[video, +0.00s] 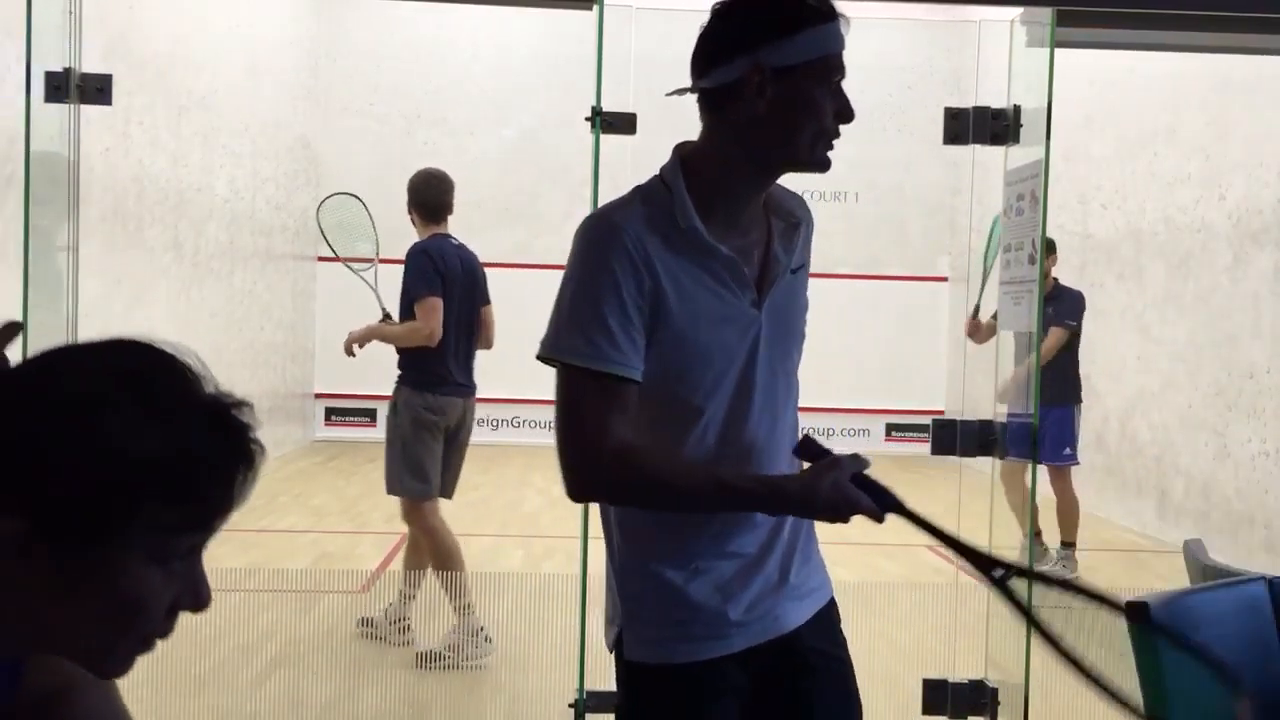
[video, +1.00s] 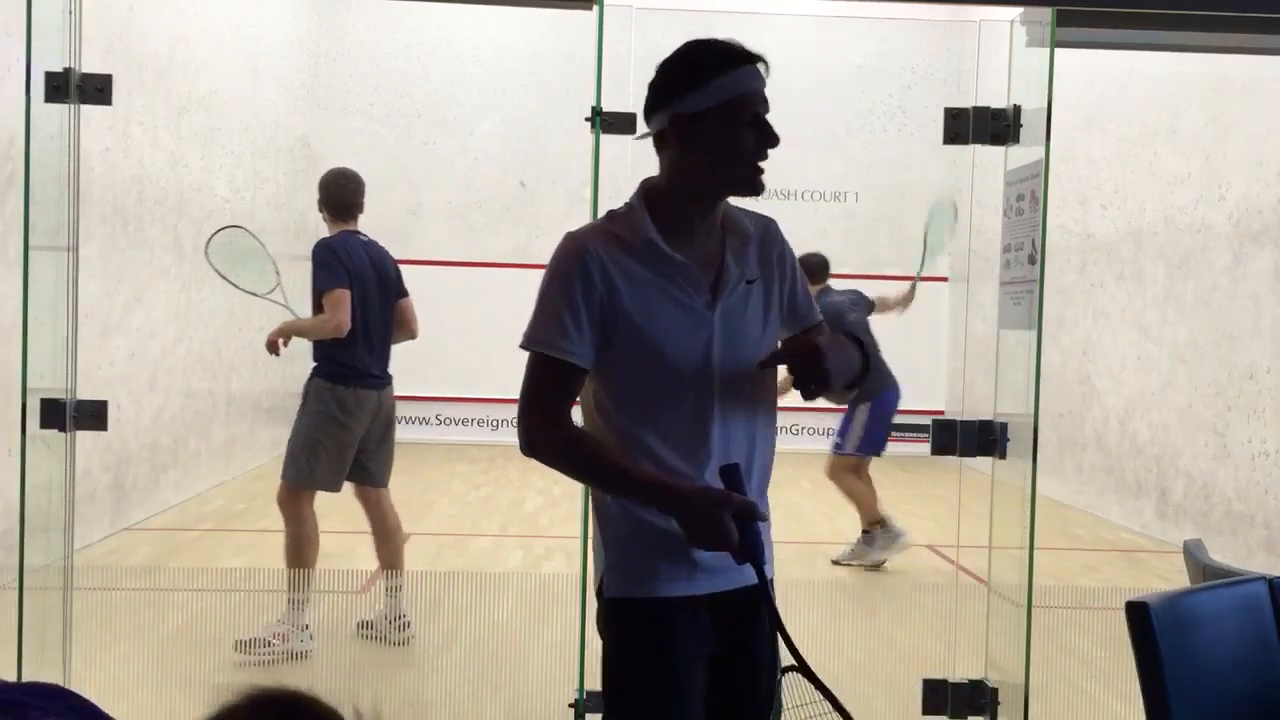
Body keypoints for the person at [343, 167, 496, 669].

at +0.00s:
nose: (409, 214)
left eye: (407, 207)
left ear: (411, 210)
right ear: (452, 207)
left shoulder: (423, 255)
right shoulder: (470, 260)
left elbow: (425, 330)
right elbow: (485, 337)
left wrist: (372, 332)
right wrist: (422, 330)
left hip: (421, 399)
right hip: (461, 401)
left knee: (422, 508)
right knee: (422, 508)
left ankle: (470, 626)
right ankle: (400, 615)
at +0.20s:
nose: (397, 214)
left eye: (396, 206)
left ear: (399, 209)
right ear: (438, 210)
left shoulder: (409, 252)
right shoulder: (452, 259)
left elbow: (409, 327)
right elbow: (462, 338)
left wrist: (360, 325)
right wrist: (392, 323)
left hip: (402, 398)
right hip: (444, 401)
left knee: (348, 498)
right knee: (415, 498)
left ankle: (423, 592)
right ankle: (403, 610)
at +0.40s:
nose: (386, 212)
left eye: (384, 204)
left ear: (386, 207)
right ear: (425, 207)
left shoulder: (391, 248)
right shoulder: (442, 258)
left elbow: (390, 320)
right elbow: (448, 331)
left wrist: (346, 322)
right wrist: (376, 316)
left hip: (388, 393)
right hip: (432, 395)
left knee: (344, 492)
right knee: (410, 495)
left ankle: (358, 615)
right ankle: (401, 616)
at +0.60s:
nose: (372, 212)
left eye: (370, 205)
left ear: (371, 207)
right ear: (410, 209)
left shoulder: (373, 246)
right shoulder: (428, 258)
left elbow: (372, 316)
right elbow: (439, 333)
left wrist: (332, 321)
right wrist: (388, 320)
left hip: (376, 393)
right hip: (422, 394)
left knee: (336, 491)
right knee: (404, 493)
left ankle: (341, 612)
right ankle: (401, 614)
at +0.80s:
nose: (351, 214)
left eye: (347, 206)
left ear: (349, 208)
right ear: (389, 208)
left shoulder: (355, 248)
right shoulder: (411, 257)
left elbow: (356, 320)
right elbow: (431, 330)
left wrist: (313, 325)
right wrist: (380, 328)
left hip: (359, 393)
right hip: (405, 396)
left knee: (311, 490)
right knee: (395, 494)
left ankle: (314, 616)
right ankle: (399, 617)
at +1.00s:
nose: (323, 212)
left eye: (320, 205)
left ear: (322, 207)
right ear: (362, 206)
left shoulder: (330, 250)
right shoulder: (383, 256)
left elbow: (336, 323)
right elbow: (407, 327)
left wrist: (287, 327)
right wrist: (355, 334)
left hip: (335, 395)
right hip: (378, 397)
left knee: (294, 497)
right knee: (374, 493)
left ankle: (295, 625)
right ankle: (396, 613)